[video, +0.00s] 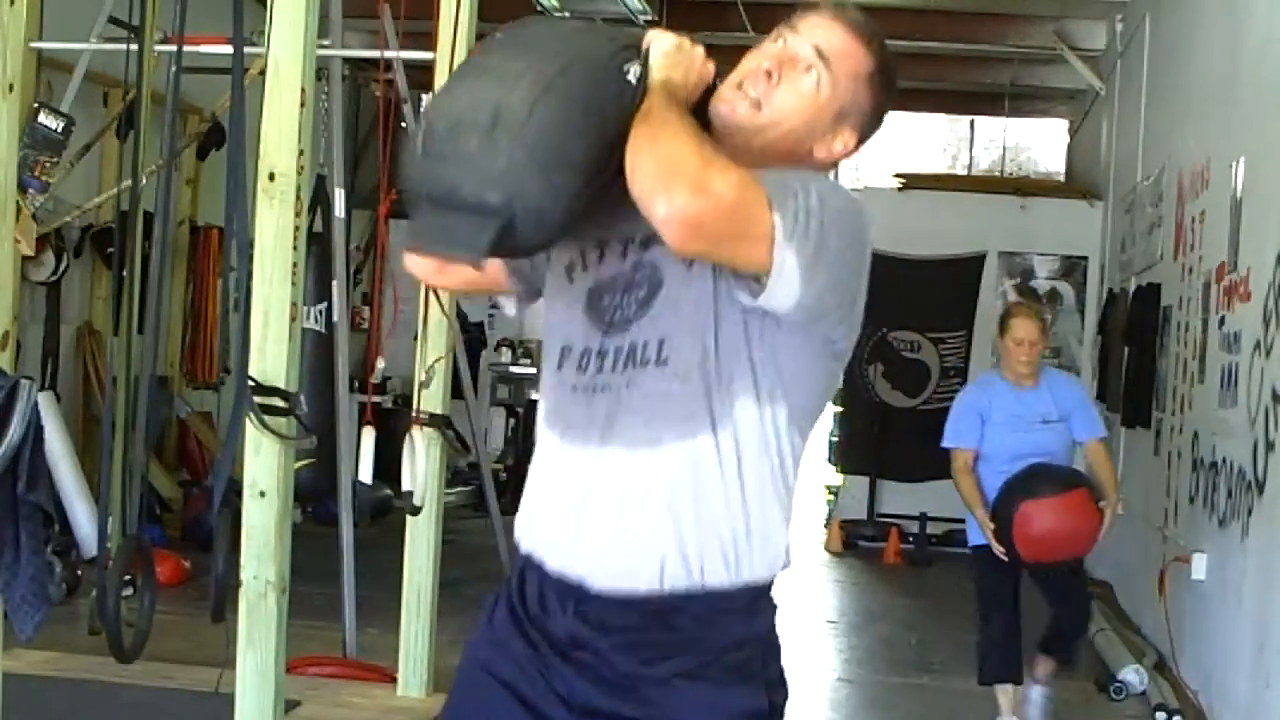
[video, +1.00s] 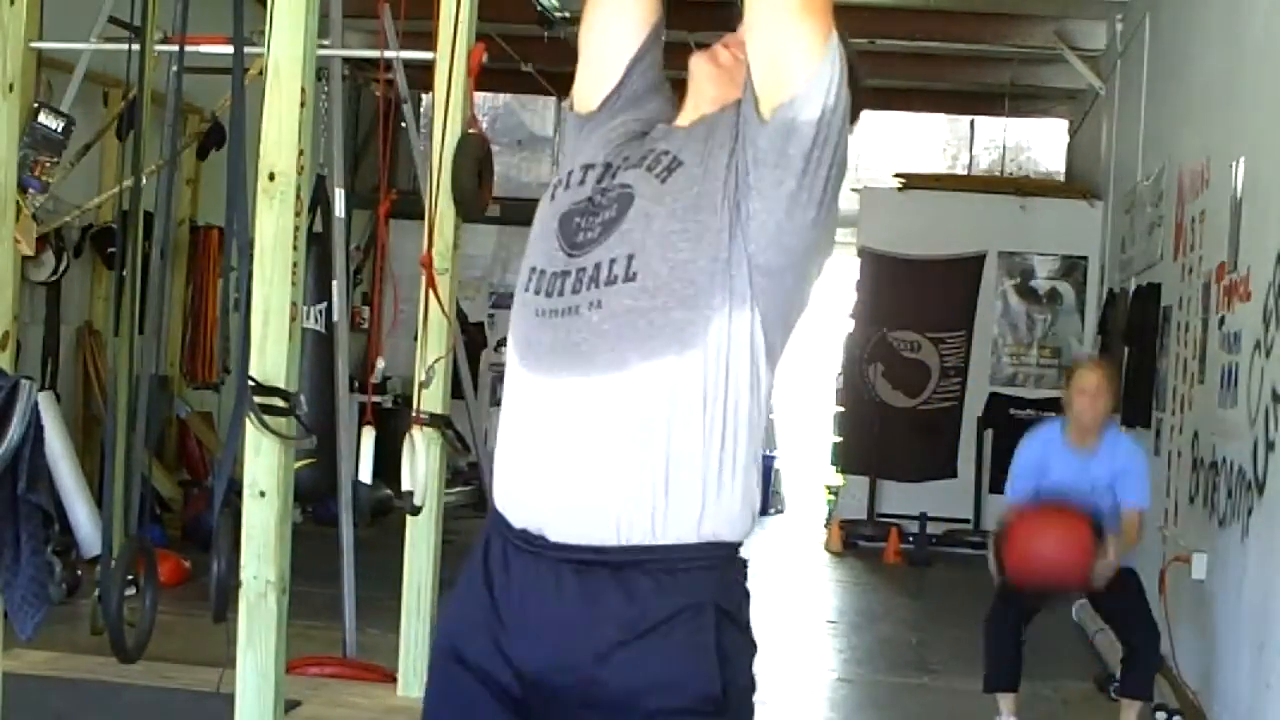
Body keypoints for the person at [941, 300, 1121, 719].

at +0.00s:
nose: (1027, 351)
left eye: (1034, 343)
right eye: (1018, 342)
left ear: (1044, 344)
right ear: (1000, 344)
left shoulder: (1068, 389)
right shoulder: (977, 395)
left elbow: (1094, 448)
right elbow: (961, 465)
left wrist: (1111, 495)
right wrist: (981, 515)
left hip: (1052, 526)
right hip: (993, 527)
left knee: (1073, 609)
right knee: (999, 618)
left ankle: (1039, 678)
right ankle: (1006, 710)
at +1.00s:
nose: (1088, 402)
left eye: (1097, 393)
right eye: (1081, 392)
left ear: (1111, 402)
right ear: (1066, 397)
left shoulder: (1127, 451)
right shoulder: (1037, 442)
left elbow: (1131, 524)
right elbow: (1013, 508)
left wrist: (1111, 556)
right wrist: (1004, 547)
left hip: (1100, 557)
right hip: (1043, 551)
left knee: (1144, 639)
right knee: (1002, 619)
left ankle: (1129, 713)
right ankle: (1007, 713)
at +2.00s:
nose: (1123, 326)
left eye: (1132, 320)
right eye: (1117, 317)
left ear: (1144, 336)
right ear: (1101, 326)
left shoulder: (1140, 382)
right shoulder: (1053, 384)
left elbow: (1125, 345)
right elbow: (998, 409)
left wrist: (1087, 302)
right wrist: (1003, 351)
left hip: (1106, 521)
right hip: (1044, 518)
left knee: (1119, 630)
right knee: (1024, 621)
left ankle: (1129, 714)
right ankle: (1004, 712)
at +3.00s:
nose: (1106, 323)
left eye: (1116, 319)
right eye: (1100, 315)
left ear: (1126, 331)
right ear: (1084, 323)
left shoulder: (1132, 372)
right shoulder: (1048, 371)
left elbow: (1137, 306)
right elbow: (991, 353)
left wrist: (1096, 253)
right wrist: (1002, 296)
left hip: (1107, 520)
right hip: (1042, 517)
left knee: (1113, 627)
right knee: (1026, 618)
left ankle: (1130, 717)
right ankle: (1002, 713)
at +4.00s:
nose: (1116, 341)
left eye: (1126, 334)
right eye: (1109, 329)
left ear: (1135, 338)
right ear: (1091, 324)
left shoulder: (1140, 377)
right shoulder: (1056, 366)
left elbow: (1138, 429)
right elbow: (1008, 432)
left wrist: (1098, 379)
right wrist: (1000, 375)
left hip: (1107, 521)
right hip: (1043, 519)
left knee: (1114, 621)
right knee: (1029, 615)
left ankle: (1131, 715)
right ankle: (1004, 712)